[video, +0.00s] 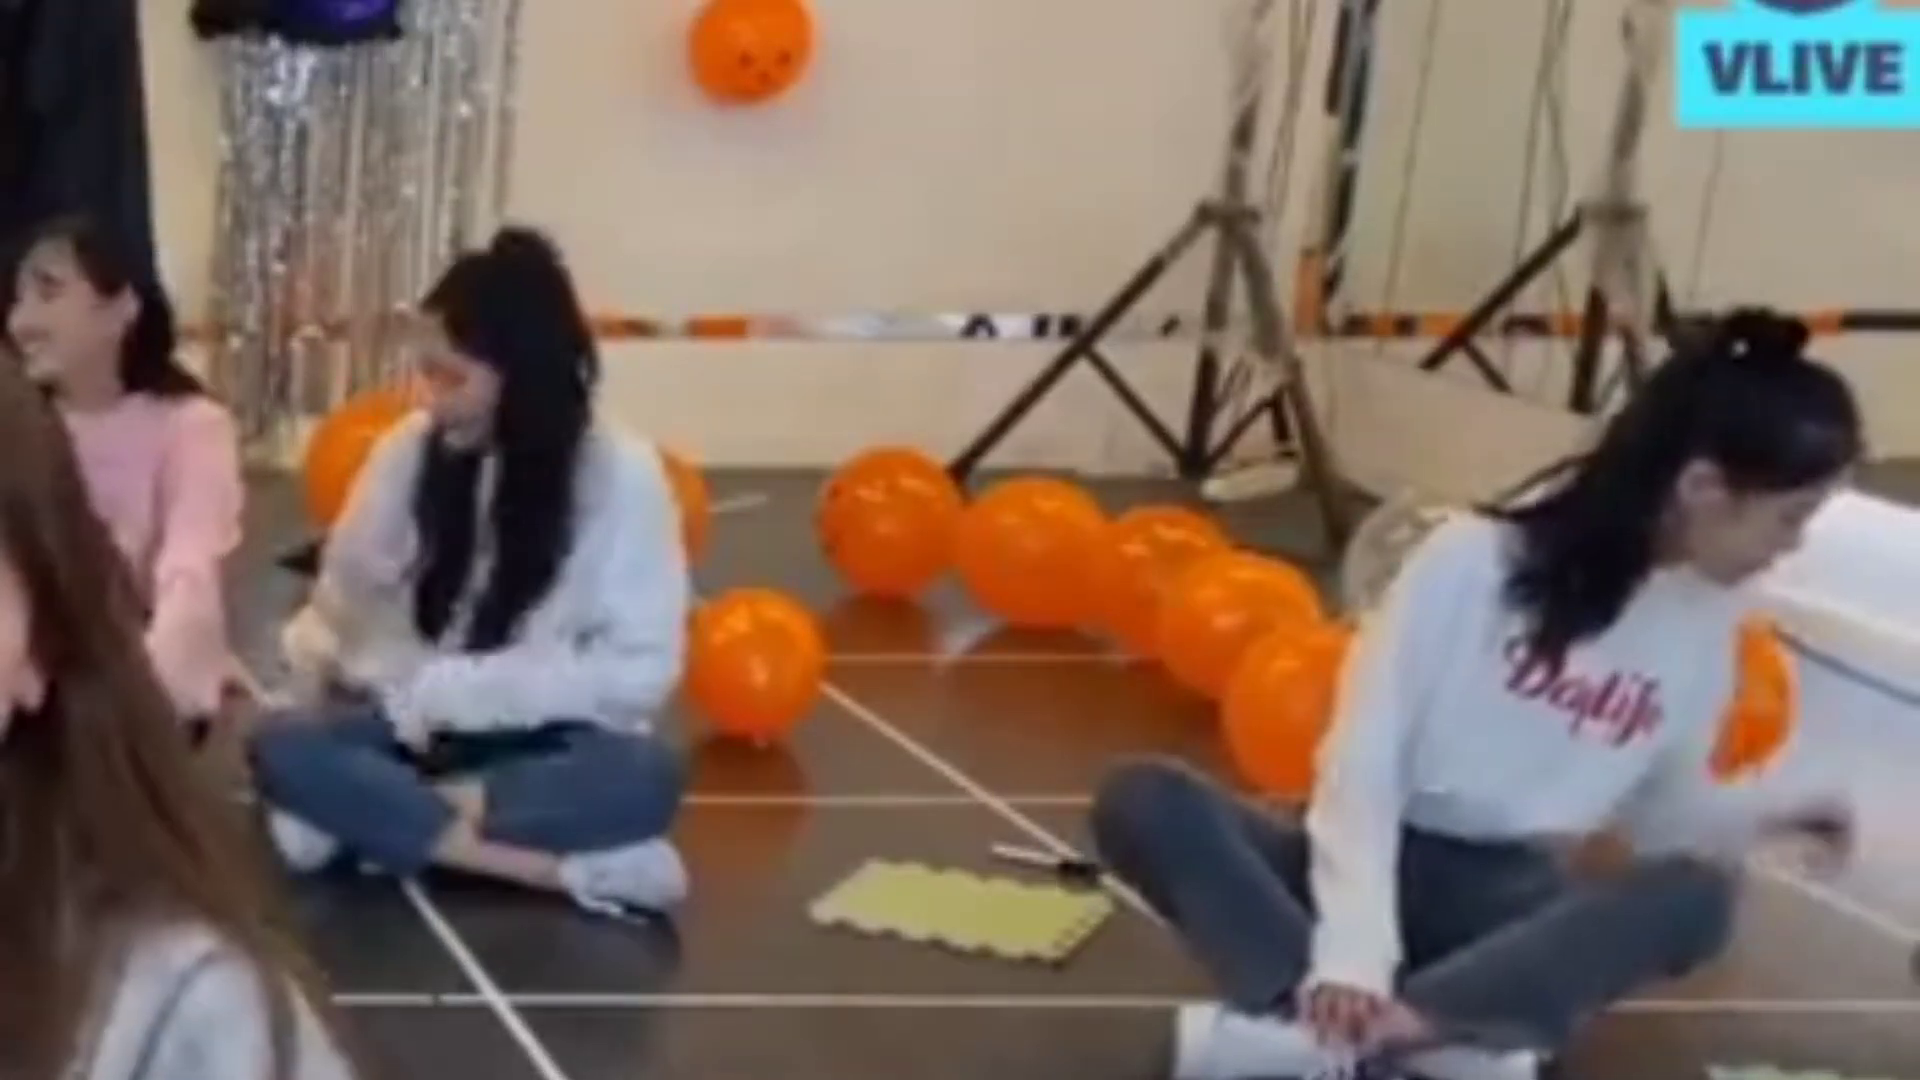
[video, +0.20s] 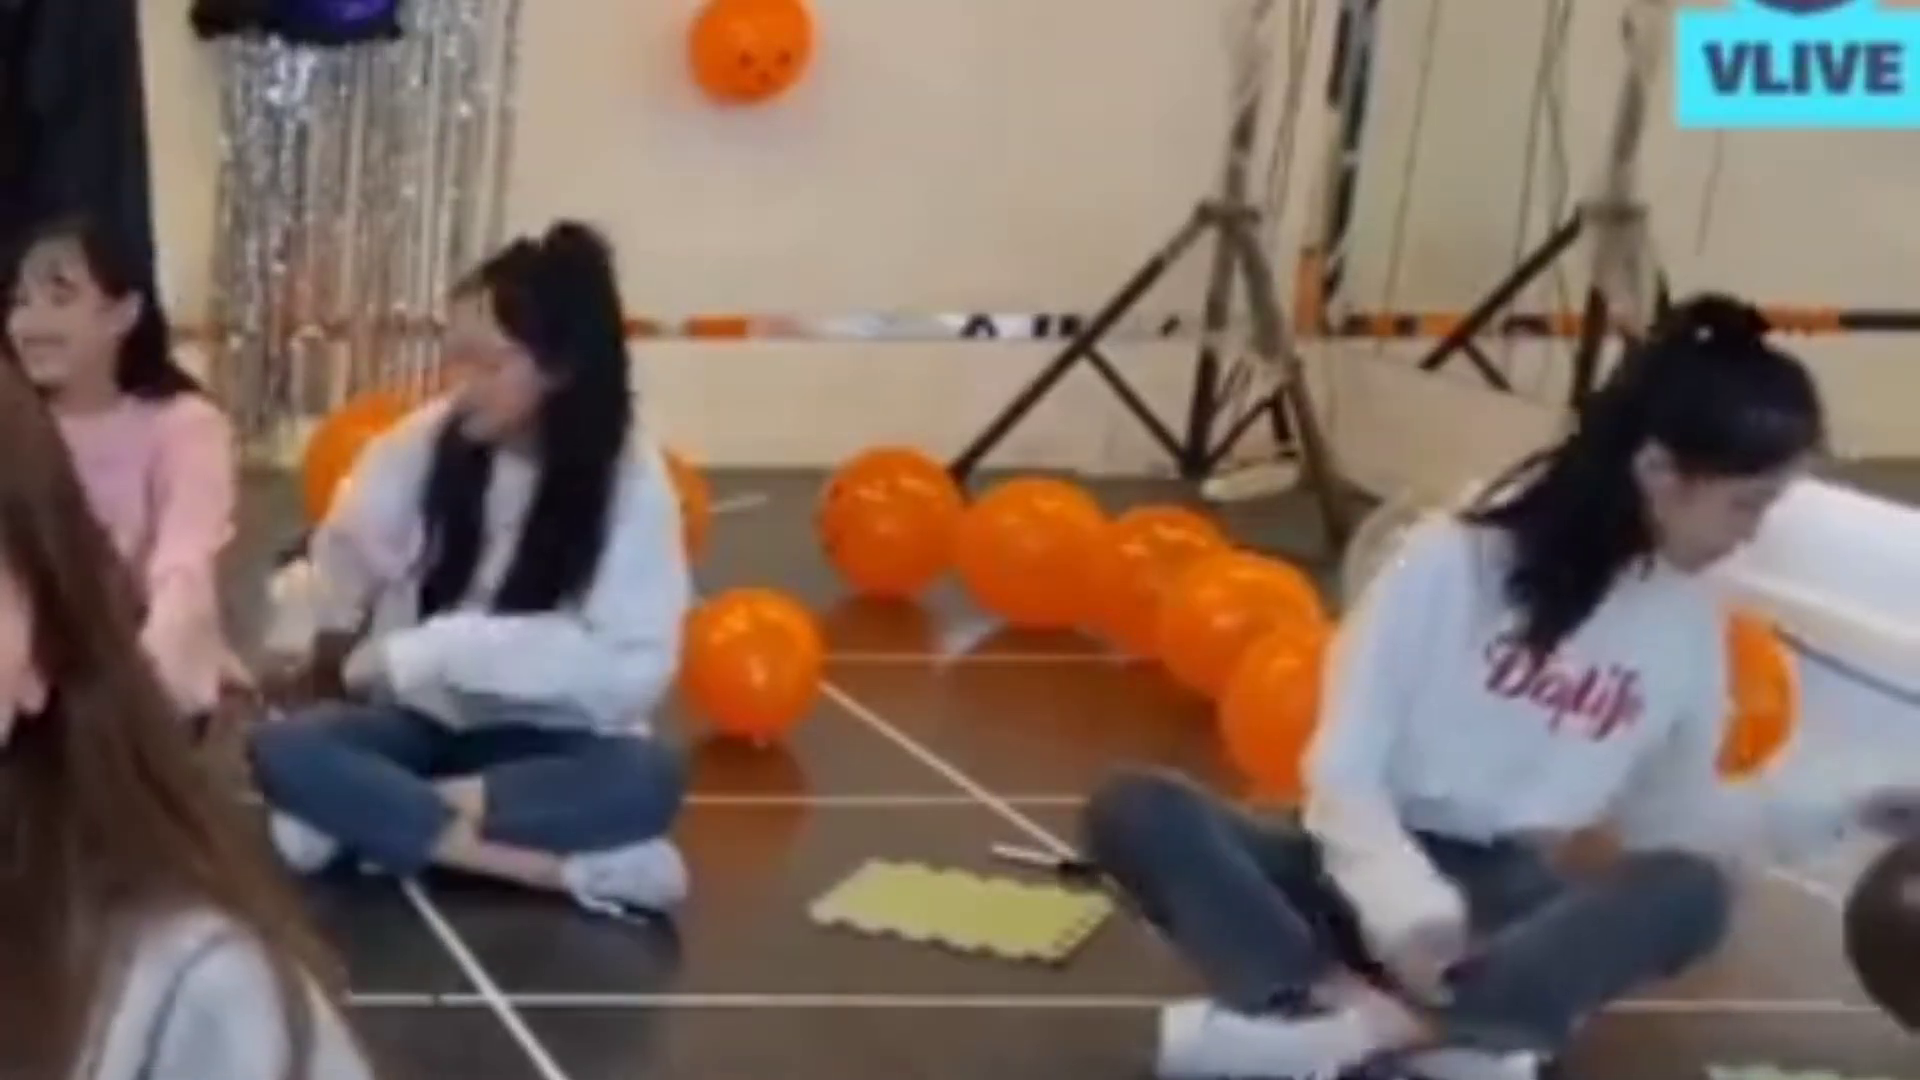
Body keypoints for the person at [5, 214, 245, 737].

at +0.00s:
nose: (21, 320)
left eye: (49, 292)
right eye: (19, 298)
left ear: (123, 309)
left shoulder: (191, 425)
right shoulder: (24, 430)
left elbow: (190, 578)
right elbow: (11, 575)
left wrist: (151, 708)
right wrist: (12, 685)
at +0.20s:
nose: (29, 322)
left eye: (60, 295)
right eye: (19, 301)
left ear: (124, 313)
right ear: (6, 313)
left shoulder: (184, 425)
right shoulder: (20, 431)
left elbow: (184, 576)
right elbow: (10, 579)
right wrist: (12, 682)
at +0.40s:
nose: (35, 328)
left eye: (62, 301)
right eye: (21, 306)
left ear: (124, 312)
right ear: (8, 319)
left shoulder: (180, 424)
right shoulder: (22, 432)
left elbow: (182, 577)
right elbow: (15, 593)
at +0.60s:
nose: (41, 333)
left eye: (67, 307)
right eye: (25, 311)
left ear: (127, 312)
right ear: (8, 320)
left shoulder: (181, 424)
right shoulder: (22, 438)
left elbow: (183, 563)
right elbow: (10, 568)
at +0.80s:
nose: (41, 334)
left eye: (67, 308)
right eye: (26, 313)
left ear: (126, 313)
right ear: (9, 320)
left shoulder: (178, 426)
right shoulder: (19, 430)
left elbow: (180, 591)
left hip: (148, 704)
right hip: (38, 697)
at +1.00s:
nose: (16, 336)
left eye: (35, 310)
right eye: (7, 316)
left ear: (108, 301)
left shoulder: (180, 421)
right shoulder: (18, 426)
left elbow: (182, 583)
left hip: (147, 700)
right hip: (34, 696)